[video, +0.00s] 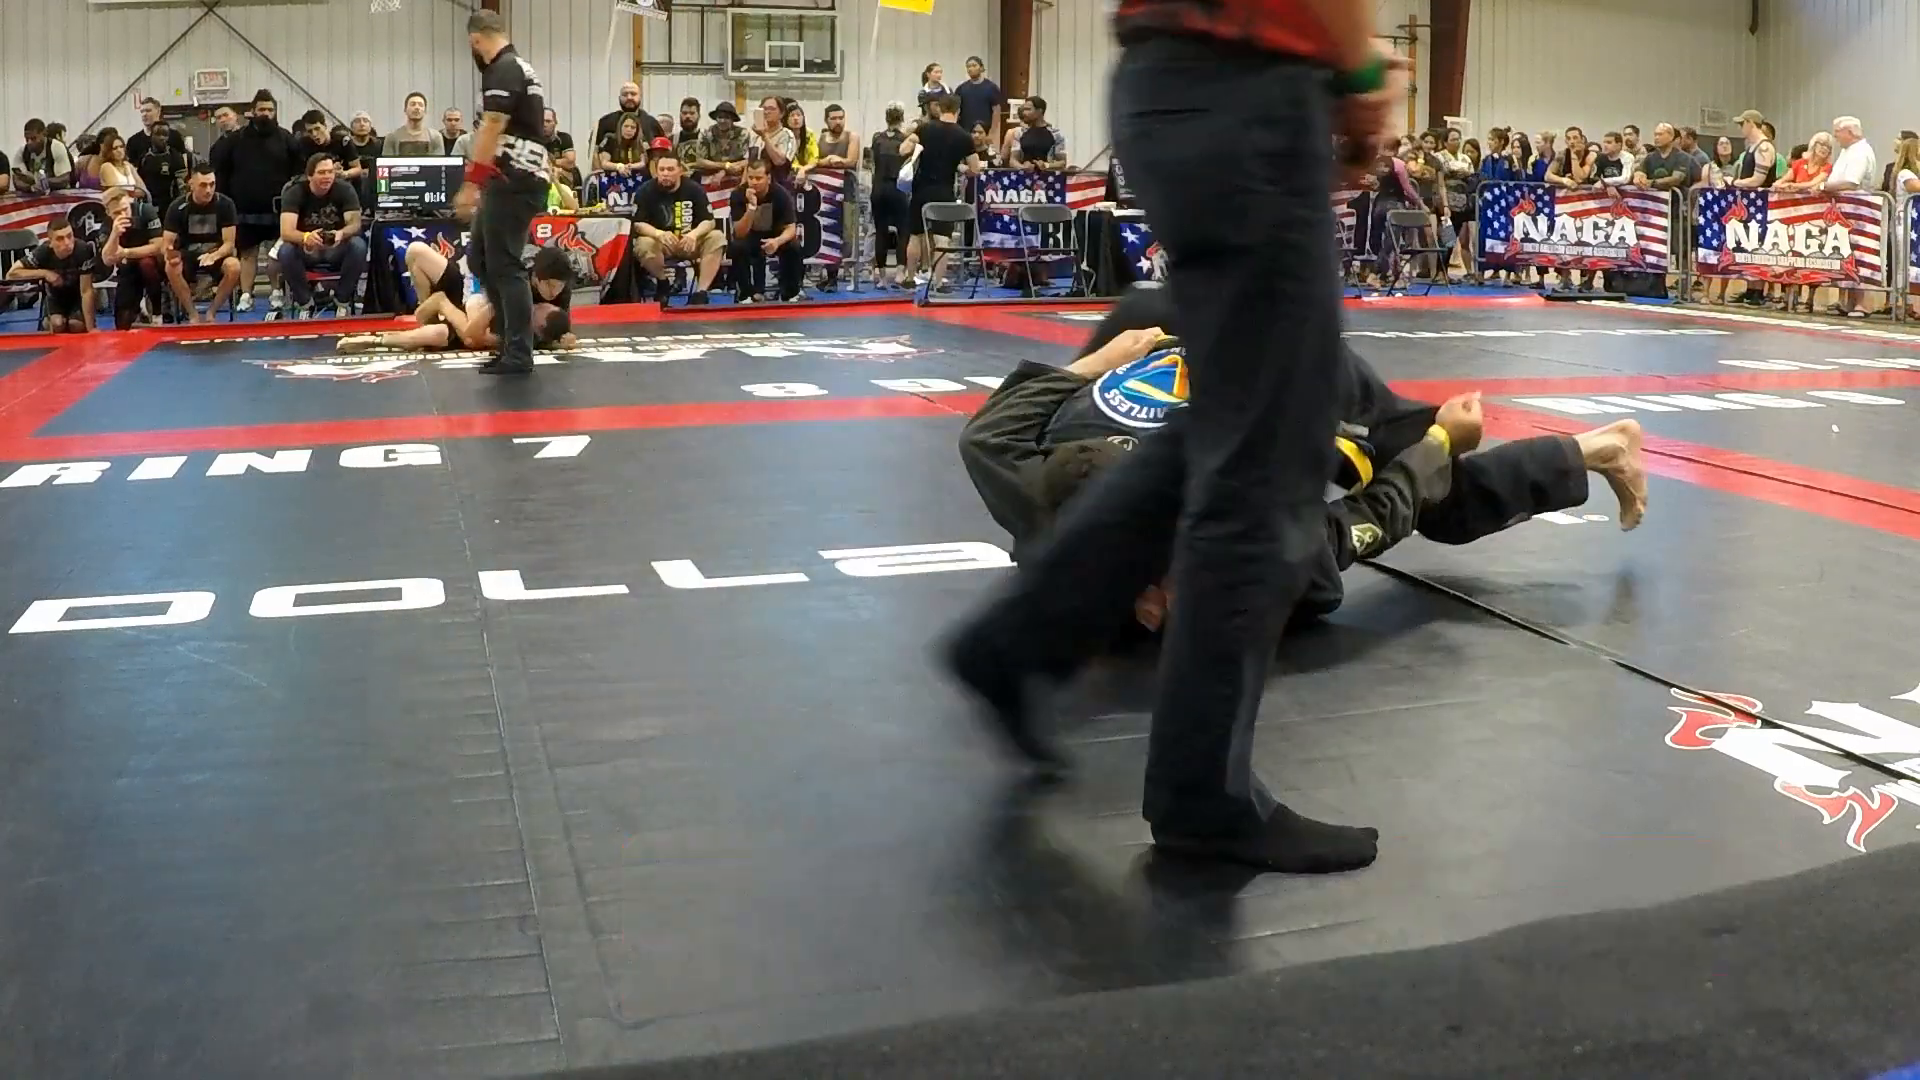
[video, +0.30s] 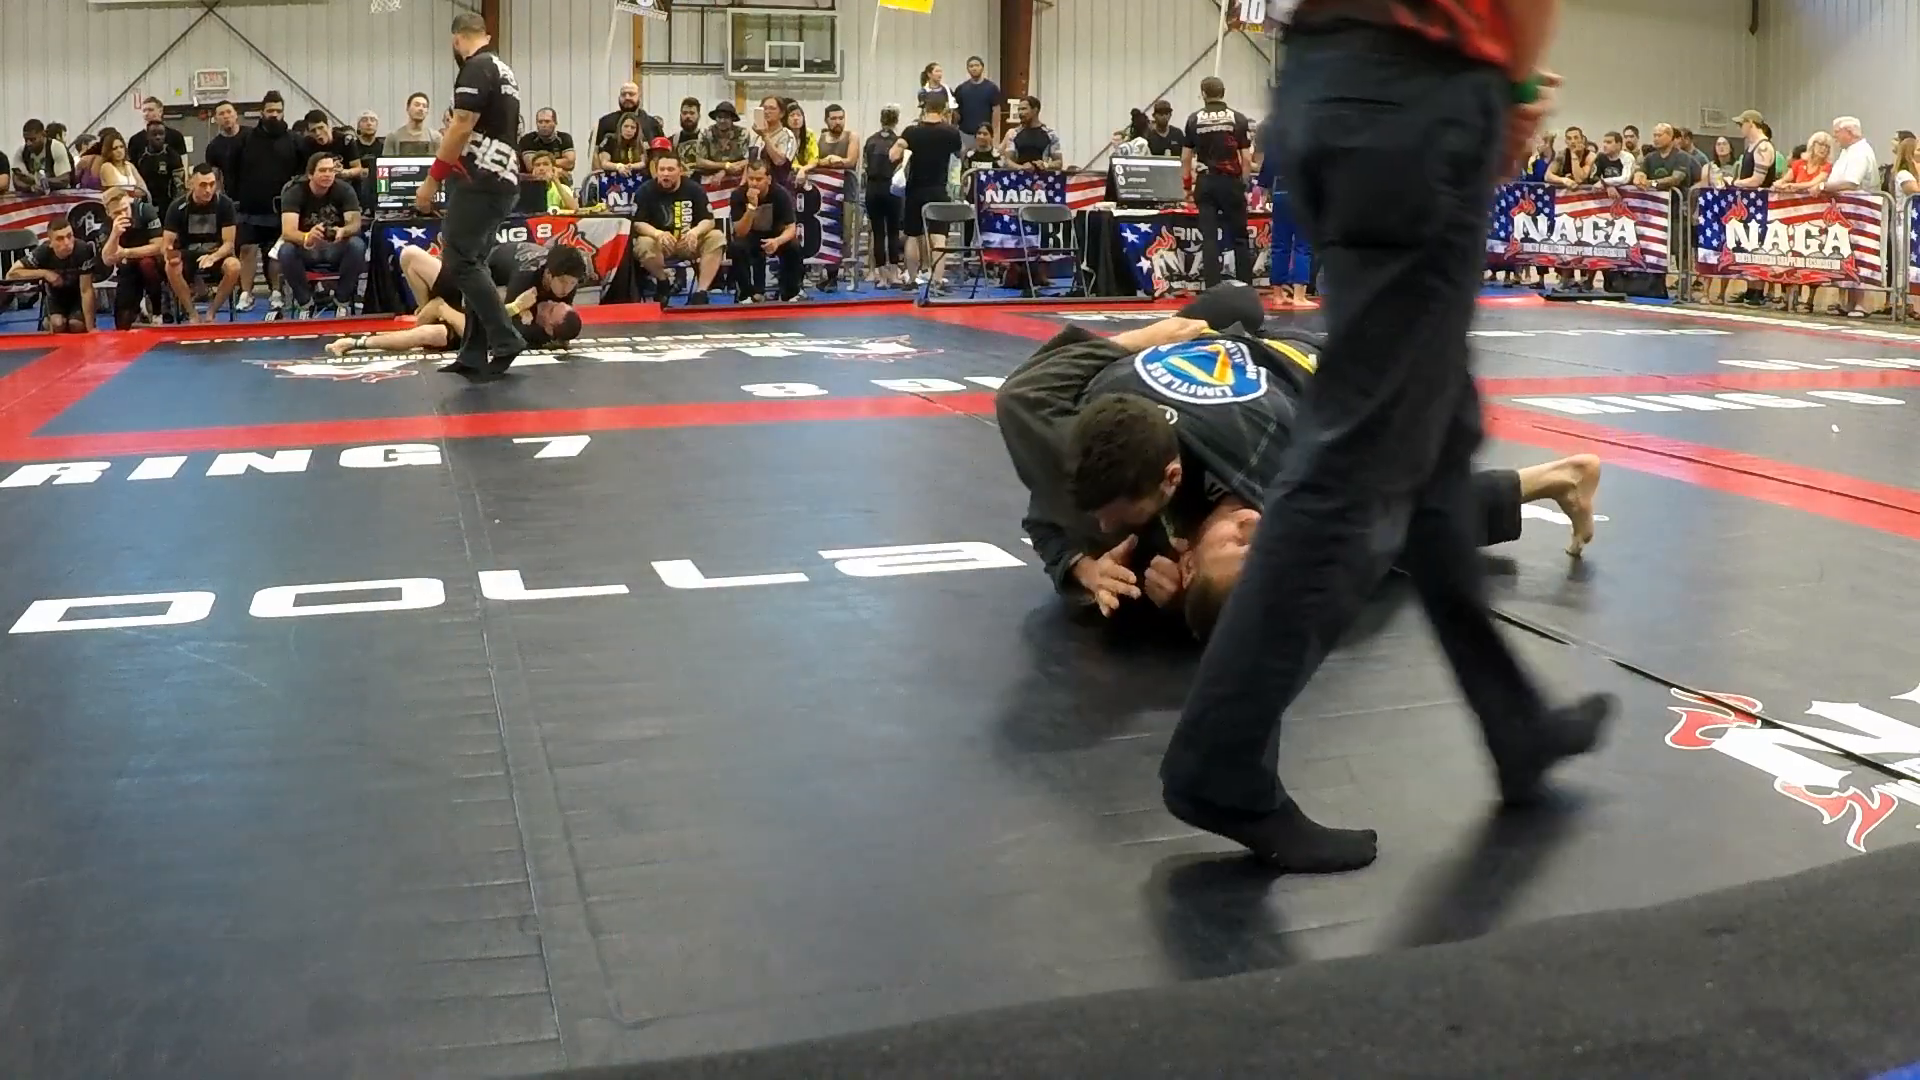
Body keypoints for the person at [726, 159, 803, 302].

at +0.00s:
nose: (754, 183)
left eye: (758, 178)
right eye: (751, 178)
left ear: (768, 178)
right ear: (746, 177)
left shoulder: (781, 195)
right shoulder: (738, 194)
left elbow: (791, 228)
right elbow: (739, 233)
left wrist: (777, 241)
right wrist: (751, 209)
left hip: (776, 236)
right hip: (752, 237)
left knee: (792, 248)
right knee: (737, 247)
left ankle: (789, 294)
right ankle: (745, 295)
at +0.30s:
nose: (754, 183)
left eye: (759, 179)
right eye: (751, 179)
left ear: (768, 179)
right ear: (746, 178)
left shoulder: (781, 194)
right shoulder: (739, 195)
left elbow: (791, 228)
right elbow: (740, 232)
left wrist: (778, 241)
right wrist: (751, 208)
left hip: (776, 236)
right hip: (752, 236)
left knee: (793, 248)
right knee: (737, 247)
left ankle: (789, 295)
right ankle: (746, 295)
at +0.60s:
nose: (755, 184)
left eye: (759, 180)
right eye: (751, 179)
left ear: (768, 180)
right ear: (746, 178)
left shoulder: (781, 195)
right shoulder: (739, 195)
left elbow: (791, 228)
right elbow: (740, 232)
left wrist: (778, 241)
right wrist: (751, 207)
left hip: (776, 236)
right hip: (751, 237)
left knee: (793, 248)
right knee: (737, 247)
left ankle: (789, 295)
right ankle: (746, 295)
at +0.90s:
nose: (755, 183)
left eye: (759, 179)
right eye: (751, 179)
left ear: (768, 179)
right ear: (746, 178)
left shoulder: (781, 194)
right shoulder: (739, 194)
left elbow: (791, 228)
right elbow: (739, 232)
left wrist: (777, 241)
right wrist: (751, 207)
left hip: (776, 236)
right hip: (751, 236)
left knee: (793, 248)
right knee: (738, 247)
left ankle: (789, 295)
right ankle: (746, 295)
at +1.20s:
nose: (755, 184)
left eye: (759, 180)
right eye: (751, 180)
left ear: (768, 180)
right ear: (747, 179)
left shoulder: (781, 194)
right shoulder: (739, 194)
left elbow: (791, 228)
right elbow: (739, 232)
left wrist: (777, 241)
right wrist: (751, 206)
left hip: (776, 235)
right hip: (751, 236)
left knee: (793, 248)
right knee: (738, 247)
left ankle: (789, 295)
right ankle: (746, 295)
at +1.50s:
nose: (755, 184)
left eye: (759, 180)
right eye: (751, 180)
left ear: (768, 180)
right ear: (747, 179)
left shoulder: (780, 194)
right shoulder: (739, 194)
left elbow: (791, 229)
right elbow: (739, 232)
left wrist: (777, 242)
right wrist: (751, 207)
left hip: (776, 236)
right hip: (751, 236)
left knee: (794, 248)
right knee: (739, 248)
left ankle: (790, 295)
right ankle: (748, 295)